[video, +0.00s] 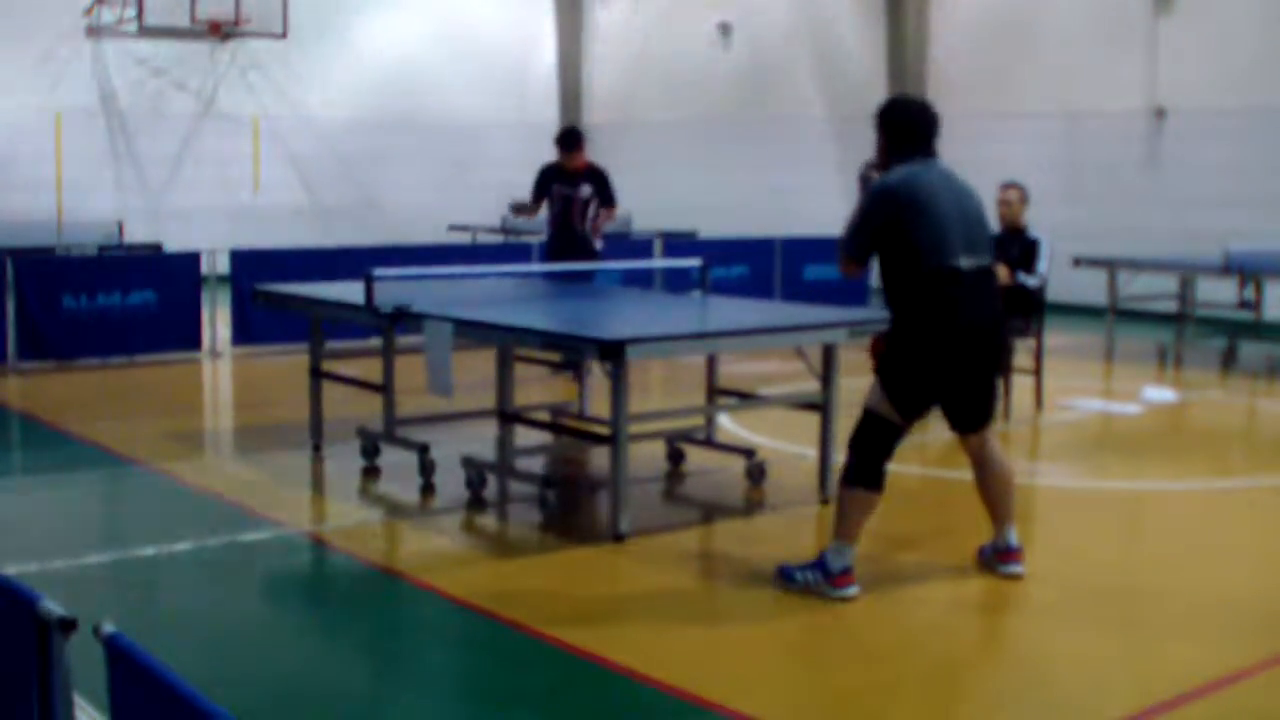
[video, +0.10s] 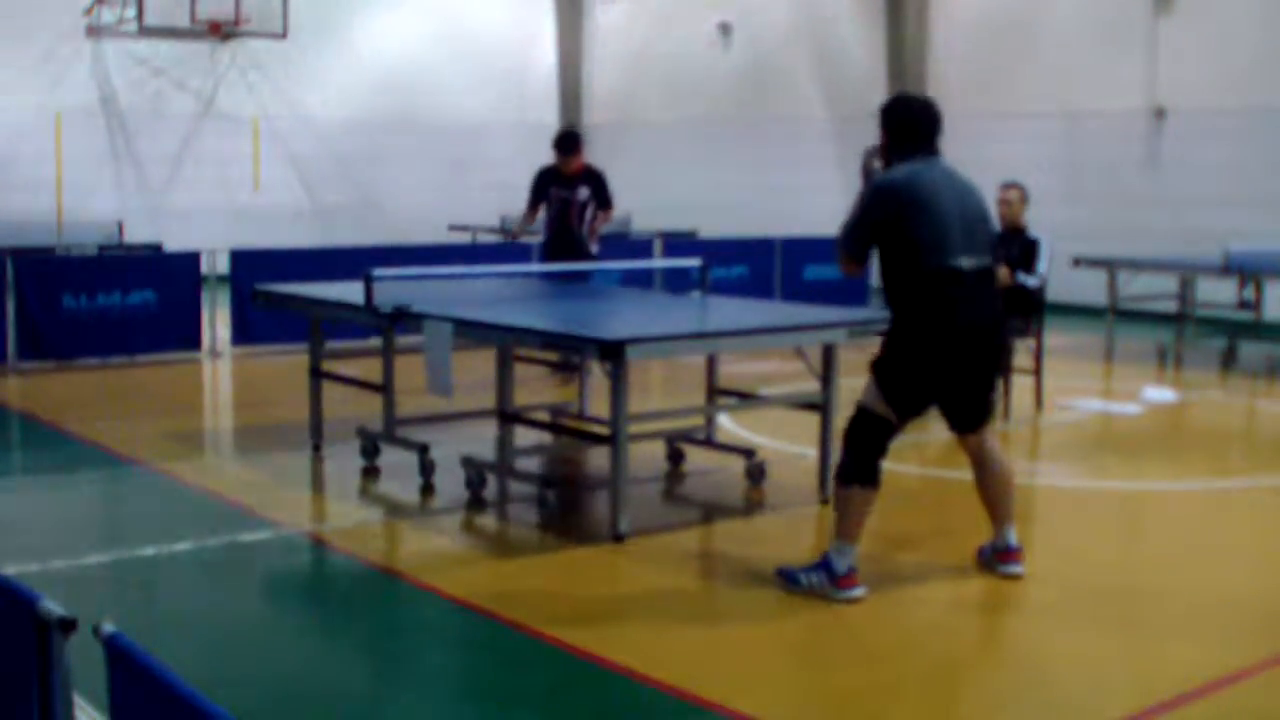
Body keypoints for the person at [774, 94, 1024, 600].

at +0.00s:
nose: (876, 145)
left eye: (879, 137)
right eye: (881, 136)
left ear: (885, 142)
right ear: (931, 138)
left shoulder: (888, 192)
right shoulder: (959, 188)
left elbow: (851, 264)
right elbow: (982, 267)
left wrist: (869, 197)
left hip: (921, 339)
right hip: (979, 338)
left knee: (869, 444)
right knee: (979, 438)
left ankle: (837, 562)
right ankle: (1007, 544)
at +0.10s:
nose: (880, 142)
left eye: (882, 135)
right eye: (886, 134)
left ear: (887, 139)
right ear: (935, 137)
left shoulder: (888, 190)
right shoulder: (964, 188)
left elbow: (851, 262)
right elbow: (991, 267)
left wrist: (871, 188)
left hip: (920, 340)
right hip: (979, 339)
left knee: (865, 435)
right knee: (977, 435)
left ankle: (840, 562)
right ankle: (1007, 544)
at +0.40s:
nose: (866, 148)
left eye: (869, 140)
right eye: (869, 139)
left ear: (874, 144)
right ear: (923, 141)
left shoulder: (871, 198)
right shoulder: (961, 195)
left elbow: (836, 270)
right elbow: (997, 277)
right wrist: (959, 309)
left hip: (902, 352)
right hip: (970, 350)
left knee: (848, 443)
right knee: (982, 440)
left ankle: (840, 563)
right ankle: (1017, 545)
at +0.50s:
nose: (871, 155)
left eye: (874, 147)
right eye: (873, 146)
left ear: (881, 150)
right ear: (927, 144)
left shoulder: (883, 201)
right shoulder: (968, 198)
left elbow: (860, 276)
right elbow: (1002, 280)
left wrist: (851, 330)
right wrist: (965, 311)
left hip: (917, 351)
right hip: (982, 350)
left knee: (864, 441)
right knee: (990, 444)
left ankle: (841, 562)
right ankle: (1022, 548)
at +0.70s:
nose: (881, 177)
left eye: (882, 168)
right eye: (881, 168)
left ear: (891, 169)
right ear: (935, 162)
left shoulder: (901, 204)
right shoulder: (970, 204)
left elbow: (911, 267)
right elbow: (996, 276)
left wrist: (894, 334)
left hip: (942, 338)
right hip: (997, 341)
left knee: (879, 442)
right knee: (997, 442)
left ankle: (849, 565)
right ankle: (1024, 548)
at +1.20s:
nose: (844, 233)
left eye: (844, 225)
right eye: (842, 225)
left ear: (852, 222)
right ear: (893, 213)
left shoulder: (865, 242)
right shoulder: (924, 240)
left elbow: (880, 296)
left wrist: (867, 368)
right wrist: (866, 344)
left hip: (938, 353)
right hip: (1000, 345)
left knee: (856, 444)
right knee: (992, 444)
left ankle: (844, 568)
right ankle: (1023, 547)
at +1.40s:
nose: (843, 230)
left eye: (843, 222)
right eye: (841, 222)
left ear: (852, 219)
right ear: (893, 209)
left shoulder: (866, 240)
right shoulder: (925, 239)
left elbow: (881, 293)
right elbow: (916, 328)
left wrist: (876, 375)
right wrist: (840, 329)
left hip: (941, 354)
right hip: (1002, 348)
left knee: (863, 444)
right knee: (996, 445)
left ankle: (846, 568)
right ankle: (1024, 546)